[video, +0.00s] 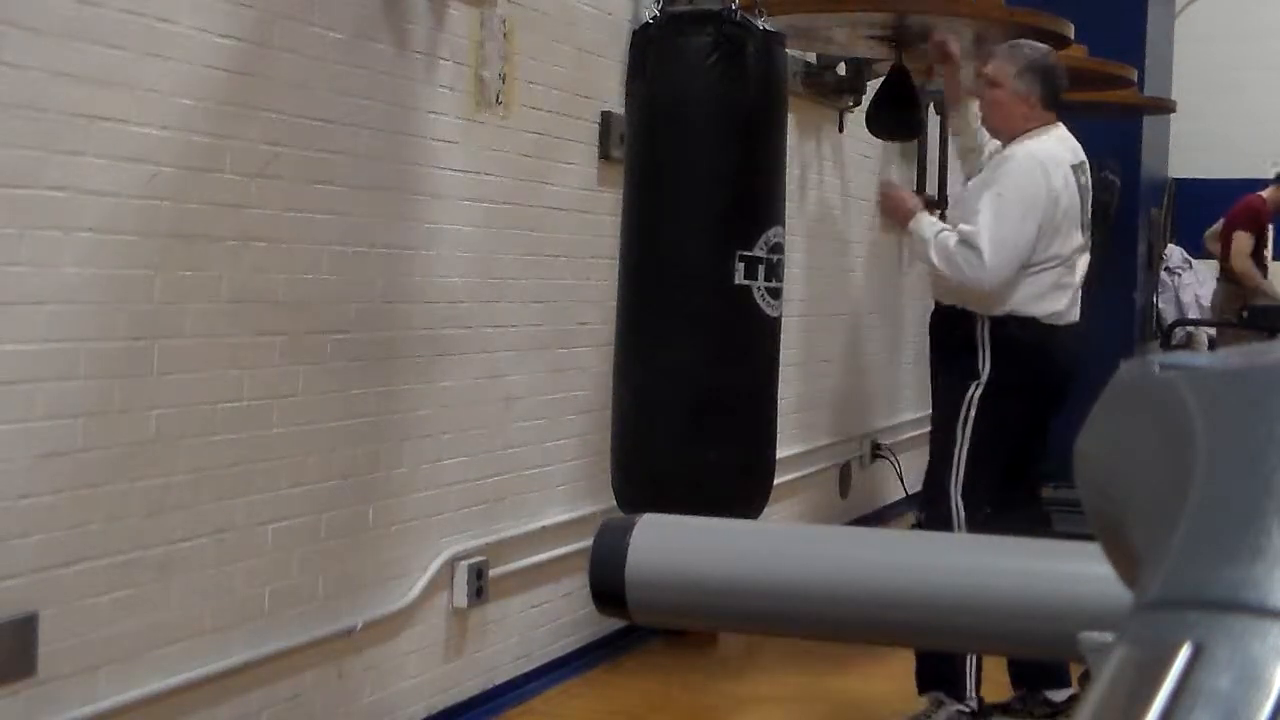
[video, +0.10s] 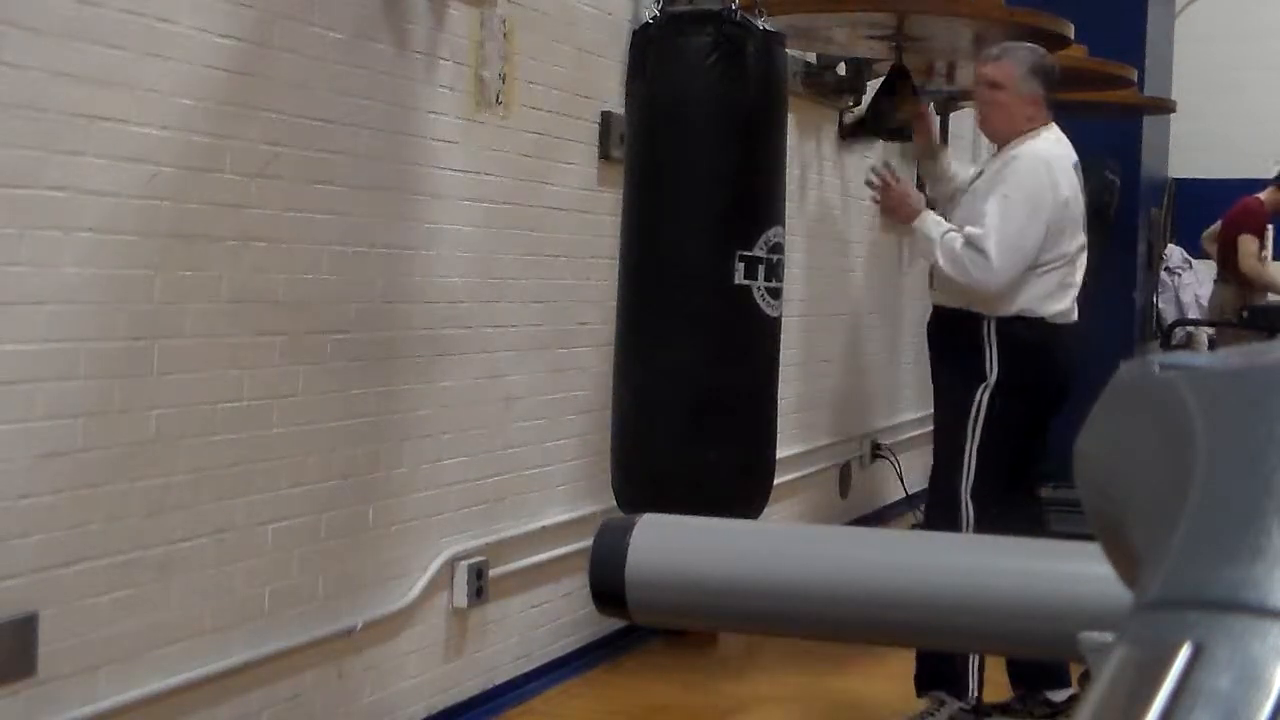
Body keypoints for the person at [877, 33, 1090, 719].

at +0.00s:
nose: (979, 99)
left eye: (991, 87)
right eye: (980, 86)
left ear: (1030, 97)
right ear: (1032, 98)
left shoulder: (1027, 165)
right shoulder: (1058, 149)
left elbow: (982, 268)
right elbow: (978, 177)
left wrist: (917, 221)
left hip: (999, 344)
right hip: (1039, 341)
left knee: (951, 503)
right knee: (1017, 502)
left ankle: (951, 693)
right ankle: (1044, 682)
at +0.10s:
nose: (978, 100)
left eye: (991, 89)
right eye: (978, 88)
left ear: (1029, 99)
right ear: (1018, 99)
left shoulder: (1032, 164)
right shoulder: (1032, 153)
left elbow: (989, 272)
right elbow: (965, 208)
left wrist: (918, 219)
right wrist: (928, 143)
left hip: (1000, 348)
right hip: (1015, 343)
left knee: (954, 511)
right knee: (1011, 509)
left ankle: (950, 691)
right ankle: (1044, 683)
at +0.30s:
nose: (968, 100)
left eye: (984, 90)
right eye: (964, 89)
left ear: (1020, 102)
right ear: (959, 98)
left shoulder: (1034, 171)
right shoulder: (974, 164)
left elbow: (1016, 279)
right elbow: (958, 249)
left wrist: (920, 252)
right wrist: (905, 243)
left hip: (1007, 356)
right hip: (965, 351)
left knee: (959, 518)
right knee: (993, 518)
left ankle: (954, 691)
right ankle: (1042, 684)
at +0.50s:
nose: (952, 106)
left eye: (969, 94)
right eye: (944, 94)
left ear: (1004, 104)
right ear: (937, 103)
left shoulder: (1026, 174)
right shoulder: (926, 167)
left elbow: (1038, 284)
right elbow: (901, 254)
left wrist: (933, 271)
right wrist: (875, 264)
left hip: (988, 364)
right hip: (925, 359)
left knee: (967, 523)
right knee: (910, 513)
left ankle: (958, 691)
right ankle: (1000, 651)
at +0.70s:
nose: (946, 99)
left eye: (961, 88)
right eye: (936, 88)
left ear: (991, 101)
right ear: (922, 98)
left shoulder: (1015, 169)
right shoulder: (896, 164)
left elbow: (1041, 276)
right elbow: (845, 261)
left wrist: (945, 261)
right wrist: (862, 253)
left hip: (971, 358)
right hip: (897, 353)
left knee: (957, 522)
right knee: (861, 508)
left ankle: (957, 689)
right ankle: (893, 663)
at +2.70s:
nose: (896, 153)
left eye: (907, 139)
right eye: (883, 142)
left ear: (935, 125)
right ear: (869, 133)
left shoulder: (983, 162)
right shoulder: (851, 167)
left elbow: (1038, 254)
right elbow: (825, 258)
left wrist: (963, 275)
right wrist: (873, 291)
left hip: (967, 354)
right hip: (881, 352)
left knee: (959, 515)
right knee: (861, 511)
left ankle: (943, 667)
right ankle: (839, 673)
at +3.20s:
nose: (902, 146)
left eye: (913, 132)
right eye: (890, 134)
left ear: (942, 120)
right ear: (876, 128)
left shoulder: (989, 164)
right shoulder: (856, 164)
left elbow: (1030, 266)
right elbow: (824, 256)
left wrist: (961, 288)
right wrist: (870, 287)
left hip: (963, 356)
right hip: (878, 352)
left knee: (956, 516)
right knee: (859, 511)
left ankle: (943, 669)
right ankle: (839, 672)